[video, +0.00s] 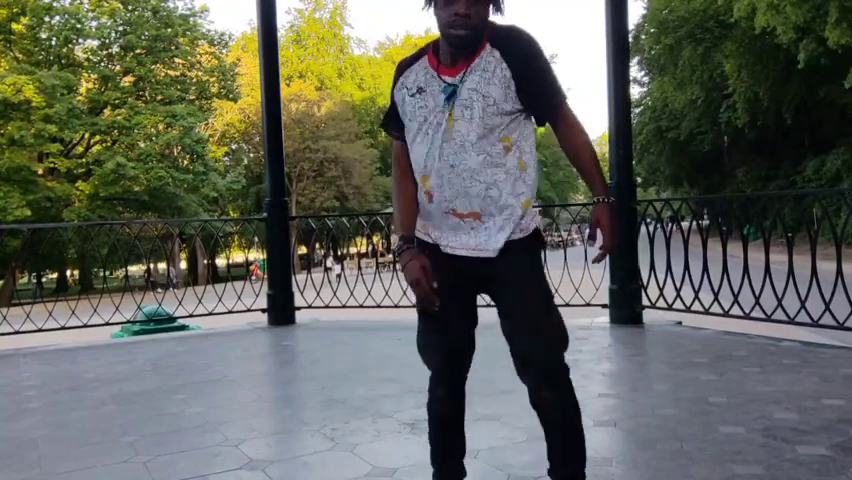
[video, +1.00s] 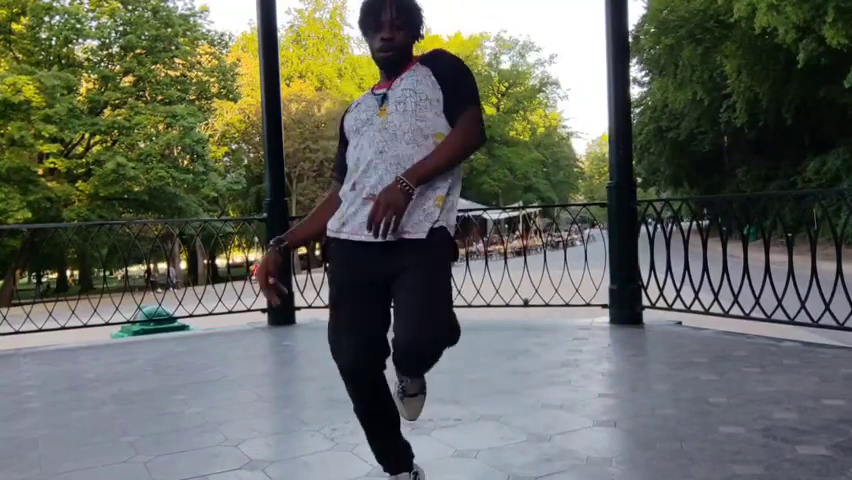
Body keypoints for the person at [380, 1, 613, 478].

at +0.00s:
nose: (462, 11)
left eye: (474, 3)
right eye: (451, 2)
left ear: (490, 8)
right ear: (434, 7)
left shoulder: (513, 47)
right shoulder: (408, 73)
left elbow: (563, 121)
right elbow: (403, 166)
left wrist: (602, 197)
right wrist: (406, 244)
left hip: (512, 247)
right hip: (441, 251)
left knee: (545, 373)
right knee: (445, 380)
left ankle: (568, 473)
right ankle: (447, 473)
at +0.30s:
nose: (446, 19)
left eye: (457, 9)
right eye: (433, 9)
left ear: (470, 14)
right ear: (415, 16)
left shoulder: (497, 91)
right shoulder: (399, 52)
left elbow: (550, 171)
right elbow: (383, 126)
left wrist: (603, 248)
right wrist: (370, 202)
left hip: (475, 251)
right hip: (409, 249)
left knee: (501, 367)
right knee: (395, 361)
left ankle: (567, 468)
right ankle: (440, 471)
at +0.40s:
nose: (422, 24)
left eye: (436, 13)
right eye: (410, 13)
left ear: (453, 21)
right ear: (393, 19)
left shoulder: (480, 93)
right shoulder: (374, 57)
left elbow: (512, 181)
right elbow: (354, 113)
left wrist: (540, 273)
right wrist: (348, 191)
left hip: (476, 257)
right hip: (398, 254)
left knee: (517, 368)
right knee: (372, 358)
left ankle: (549, 471)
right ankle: (425, 469)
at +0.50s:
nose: (403, 29)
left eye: (416, 18)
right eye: (391, 18)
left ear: (434, 24)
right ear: (376, 25)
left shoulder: (464, 90)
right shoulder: (360, 68)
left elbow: (472, 183)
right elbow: (332, 115)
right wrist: (321, 182)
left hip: (468, 252)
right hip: (391, 250)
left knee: (494, 368)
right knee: (364, 363)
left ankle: (513, 470)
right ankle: (421, 470)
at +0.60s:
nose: (388, 32)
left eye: (400, 22)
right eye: (378, 22)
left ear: (420, 27)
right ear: (364, 29)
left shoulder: (454, 90)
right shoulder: (354, 78)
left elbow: (439, 188)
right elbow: (324, 123)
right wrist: (301, 177)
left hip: (458, 261)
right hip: (385, 260)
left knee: (470, 364)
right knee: (356, 370)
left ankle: (480, 446)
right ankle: (415, 468)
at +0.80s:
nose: (379, 32)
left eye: (391, 22)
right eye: (369, 25)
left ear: (409, 28)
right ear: (356, 37)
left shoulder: (434, 64)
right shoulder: (358, 104)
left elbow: (431, 149)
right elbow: (331, 169)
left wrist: (344, 204)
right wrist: (279, 187)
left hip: (441, 254)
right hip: (374, 255)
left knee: (443, 361)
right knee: (375, 370)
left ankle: (403, 420)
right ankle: (392, 470)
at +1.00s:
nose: (388, 34)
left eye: (399, 24)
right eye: (377, 26)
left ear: (416, 29)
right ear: (364, 35)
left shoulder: (440, 66)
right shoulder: (353, 113)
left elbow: (471, 132)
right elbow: (340, 192)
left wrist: (405, 183)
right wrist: (282, 245)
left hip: (422, 237)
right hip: (354, 243)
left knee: (424, 338)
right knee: (354, 358)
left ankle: (407, 370)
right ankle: (399, 468)